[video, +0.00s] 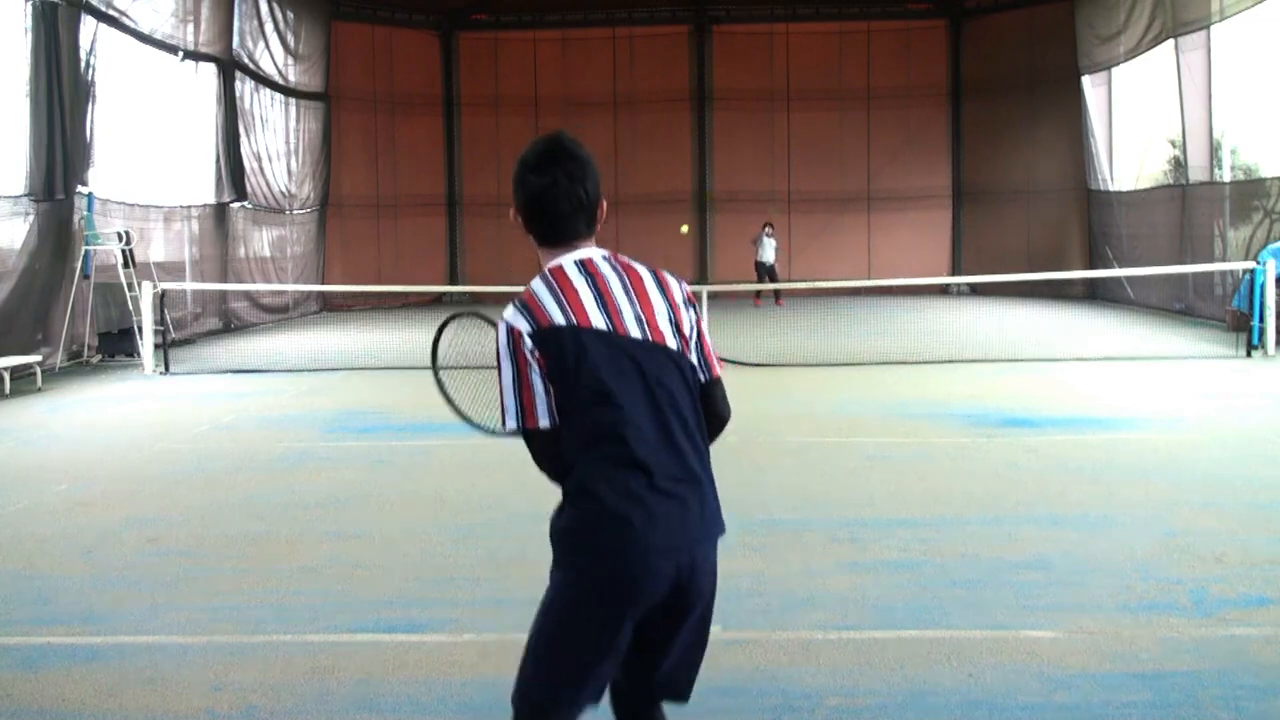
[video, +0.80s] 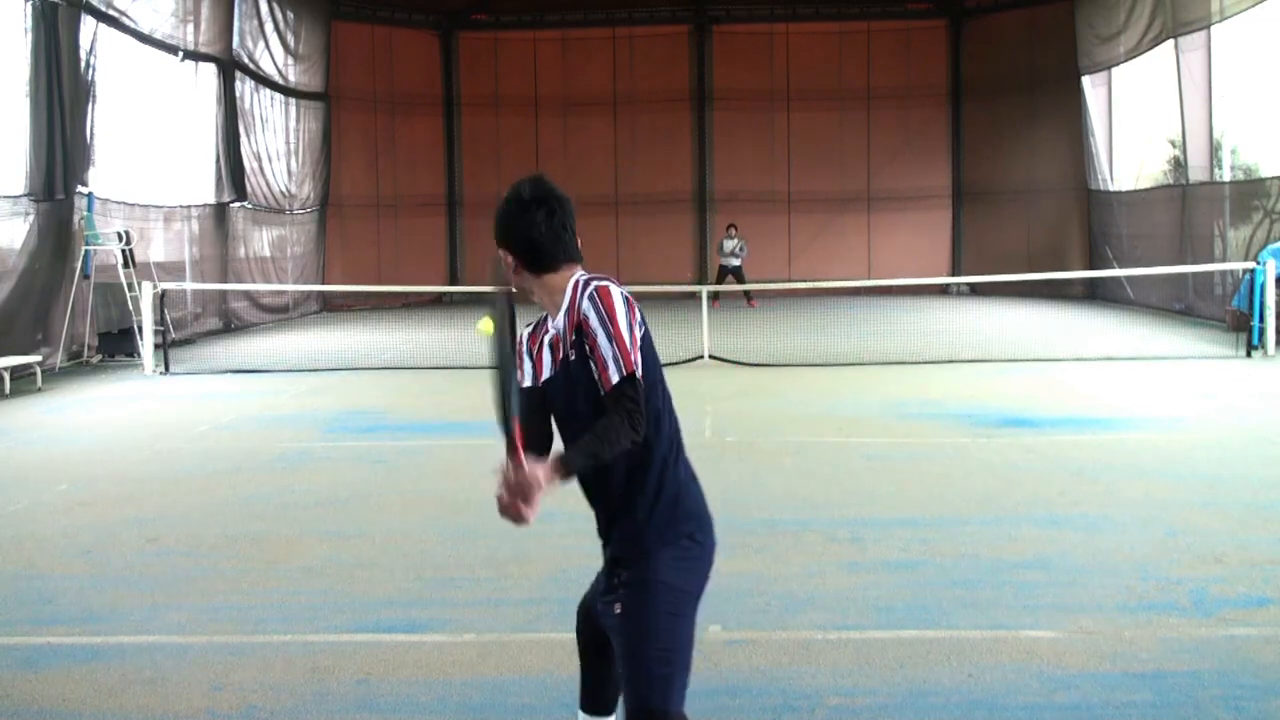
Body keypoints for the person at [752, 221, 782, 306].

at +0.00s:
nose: (768, 231)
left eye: (770, 229)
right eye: (766, 228)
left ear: (772, 231)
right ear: (764, 230)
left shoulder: (773, 241)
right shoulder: (761, 239)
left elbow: (774, 252)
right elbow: (757, 243)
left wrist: (775, 262)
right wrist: (763, 234)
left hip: (770, 262)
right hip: (761, 261)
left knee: (775, 281)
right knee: (761, 280)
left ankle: (778, 299)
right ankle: (757, 298)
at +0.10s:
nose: (764, 232)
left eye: (766, 230)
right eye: (762, 230)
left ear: (767, 231)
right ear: (759, 231)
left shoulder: (769, 242)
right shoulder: (756, 240)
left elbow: (771, 251)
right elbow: (749, 248)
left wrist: (772, 259)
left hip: (767, 263)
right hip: (758, 263)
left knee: (773, 282)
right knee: (761, 282)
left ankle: (774, 299)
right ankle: (758, 300)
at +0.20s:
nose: (760, 231)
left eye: (761, 229)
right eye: (758, 229)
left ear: (763, 230)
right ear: (755, 231)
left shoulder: (766, 241)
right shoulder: (752, 240)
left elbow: (769, 250)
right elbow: (745, 249)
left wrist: (768, 253)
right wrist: (752, 252)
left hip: (764, 262)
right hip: (755, 263)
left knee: (768, 281)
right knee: (759, 281)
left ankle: (765, 298)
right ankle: (758, 299)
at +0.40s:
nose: (752, 228)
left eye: (754, 226)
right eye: (750, 226)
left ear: (756, 228)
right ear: (748, 228)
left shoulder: (760, 238)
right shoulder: (743, 238)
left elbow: (764, 248)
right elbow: (740, 249)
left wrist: (760, 251)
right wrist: (746, 254)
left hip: (756, 261)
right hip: (746, 261)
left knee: (756, 280)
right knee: (746, 280)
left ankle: (753, 299)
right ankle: (745, 299)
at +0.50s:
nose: (749, 232)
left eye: (750, 229)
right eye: (747, 229)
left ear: (753, 231)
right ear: (744, 231)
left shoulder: (757, 241)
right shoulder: (740, 242)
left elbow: (760, 252)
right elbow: (736, 253)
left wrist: (754, 252)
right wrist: (744, 256)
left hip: (753, 265)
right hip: (741, 264)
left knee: (754, 283)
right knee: (737, 282)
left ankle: (752, 300)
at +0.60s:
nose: (744, 231)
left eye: (745, 229)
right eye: (742, 229)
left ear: (748, 230)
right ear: (739, 230)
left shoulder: (752, 240)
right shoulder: (735, 240)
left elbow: (755, 251)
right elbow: (732, 252)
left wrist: (748, 250)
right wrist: (740, 256)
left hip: (748, 264)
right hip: (736, 264)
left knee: (752, 282)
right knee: (729, 281)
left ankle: (752, 300)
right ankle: (723, 297)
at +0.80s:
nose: (731, 232)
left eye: (733, 230)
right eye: (730, 230)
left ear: (736, 232)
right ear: (727, 232)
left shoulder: (740, 242)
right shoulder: (723, 241)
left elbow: (743, 254)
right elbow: (719, 252)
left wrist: (735, 252)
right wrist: (728, 254)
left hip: (736, 265)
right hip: (724, 265)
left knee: (743, 283)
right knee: (718, 283)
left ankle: (750, 300)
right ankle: (715, 300)